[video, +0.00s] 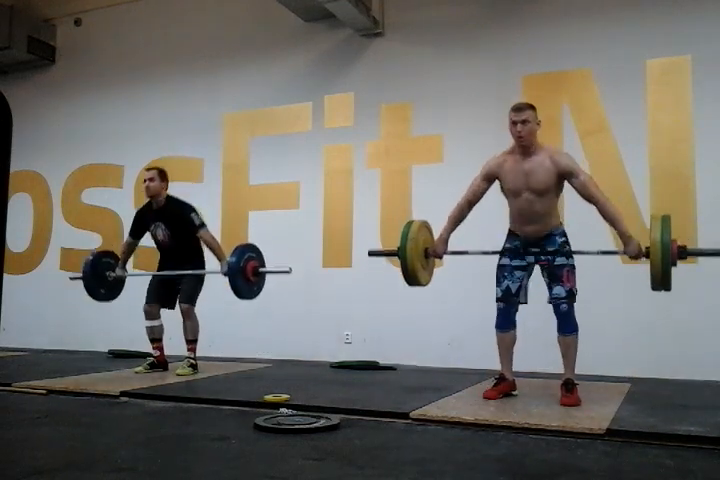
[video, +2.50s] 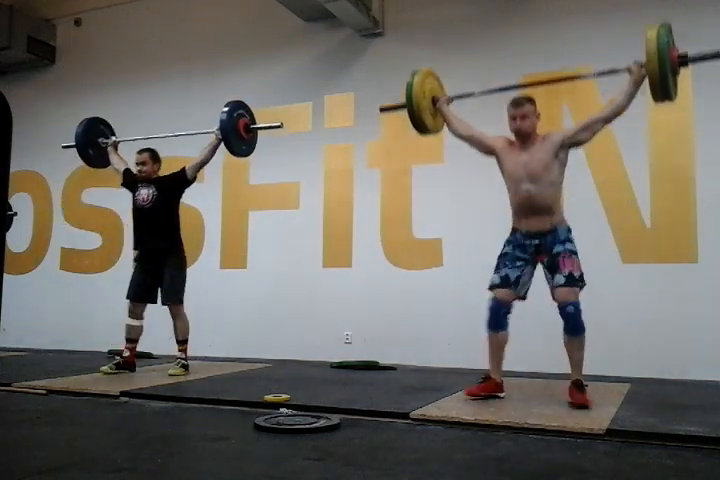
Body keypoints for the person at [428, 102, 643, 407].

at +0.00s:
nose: (519, 129)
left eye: (525, 123)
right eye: (514, 124)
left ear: (537, 125)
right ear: (509, 128)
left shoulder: (557, 161)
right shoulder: (498, 165)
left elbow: (597, 198)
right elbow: (468, 202)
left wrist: (627, 238)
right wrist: (444, 236)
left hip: (553, 241)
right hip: (516, 243)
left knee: (564, 307)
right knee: (504, 306)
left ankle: (569, 381)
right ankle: (506, 378)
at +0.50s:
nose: (518, 136)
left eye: (523, 130)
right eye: (513, 131)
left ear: (536, 134)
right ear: (508, 136)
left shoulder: (555, 170)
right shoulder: (497, 173)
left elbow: (592, 205)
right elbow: (468, 209)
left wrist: (623, 241)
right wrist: (442, 242)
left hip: (550, 251)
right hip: (514, 252)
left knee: (562, 315)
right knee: (498, 315)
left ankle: (568, 383)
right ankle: (506, 380)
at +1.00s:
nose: (525, 179)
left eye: (531, 174)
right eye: (520, 174)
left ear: (543, 178)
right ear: (514, 178)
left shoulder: (560, 202)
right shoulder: (500, 202)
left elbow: (607, 177)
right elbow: (458, 183)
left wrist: (632, 135)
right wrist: (434, 153)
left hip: (555, 292)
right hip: (516, 292)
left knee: (584, 322)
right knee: (470, 318)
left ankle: (578, 388)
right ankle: (489, 382)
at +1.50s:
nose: (513, 244)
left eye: (519, 238)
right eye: (508, 239)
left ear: (533, 237)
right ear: (503, 239)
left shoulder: (555, 257)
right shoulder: (496, 259)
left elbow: (600, 230)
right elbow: (460, 234)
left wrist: (636, 196)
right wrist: (434, 207)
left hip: (554, 332)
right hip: (516, 332)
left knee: (587, 327)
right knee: (468, 320)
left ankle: (578, 389)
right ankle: (490, 383)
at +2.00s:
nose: (515, 218)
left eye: (521, 212)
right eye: (510, 213)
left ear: (534, 210)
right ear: (505, 214)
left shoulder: (556, 232)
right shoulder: (497, 234)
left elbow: (600, 204)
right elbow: (464, 212)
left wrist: (635, 171)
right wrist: (438, 188)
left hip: (555, 310)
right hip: (516, 310)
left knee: (582, 327)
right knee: (470, 321)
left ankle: (577, 389)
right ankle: (489, 383)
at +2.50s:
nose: (520, 122)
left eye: (525, 116)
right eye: (515, 118)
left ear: (537, 117)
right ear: (508, 121)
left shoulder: (558, 143)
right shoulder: (501, 148)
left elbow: (607, 115)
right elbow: (464, 132)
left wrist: (634, 82)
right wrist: (442, 106)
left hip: (556, 237)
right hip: (519, 239)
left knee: (569, 307)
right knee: (499, 303)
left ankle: (577, 383)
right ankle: (493, 380)